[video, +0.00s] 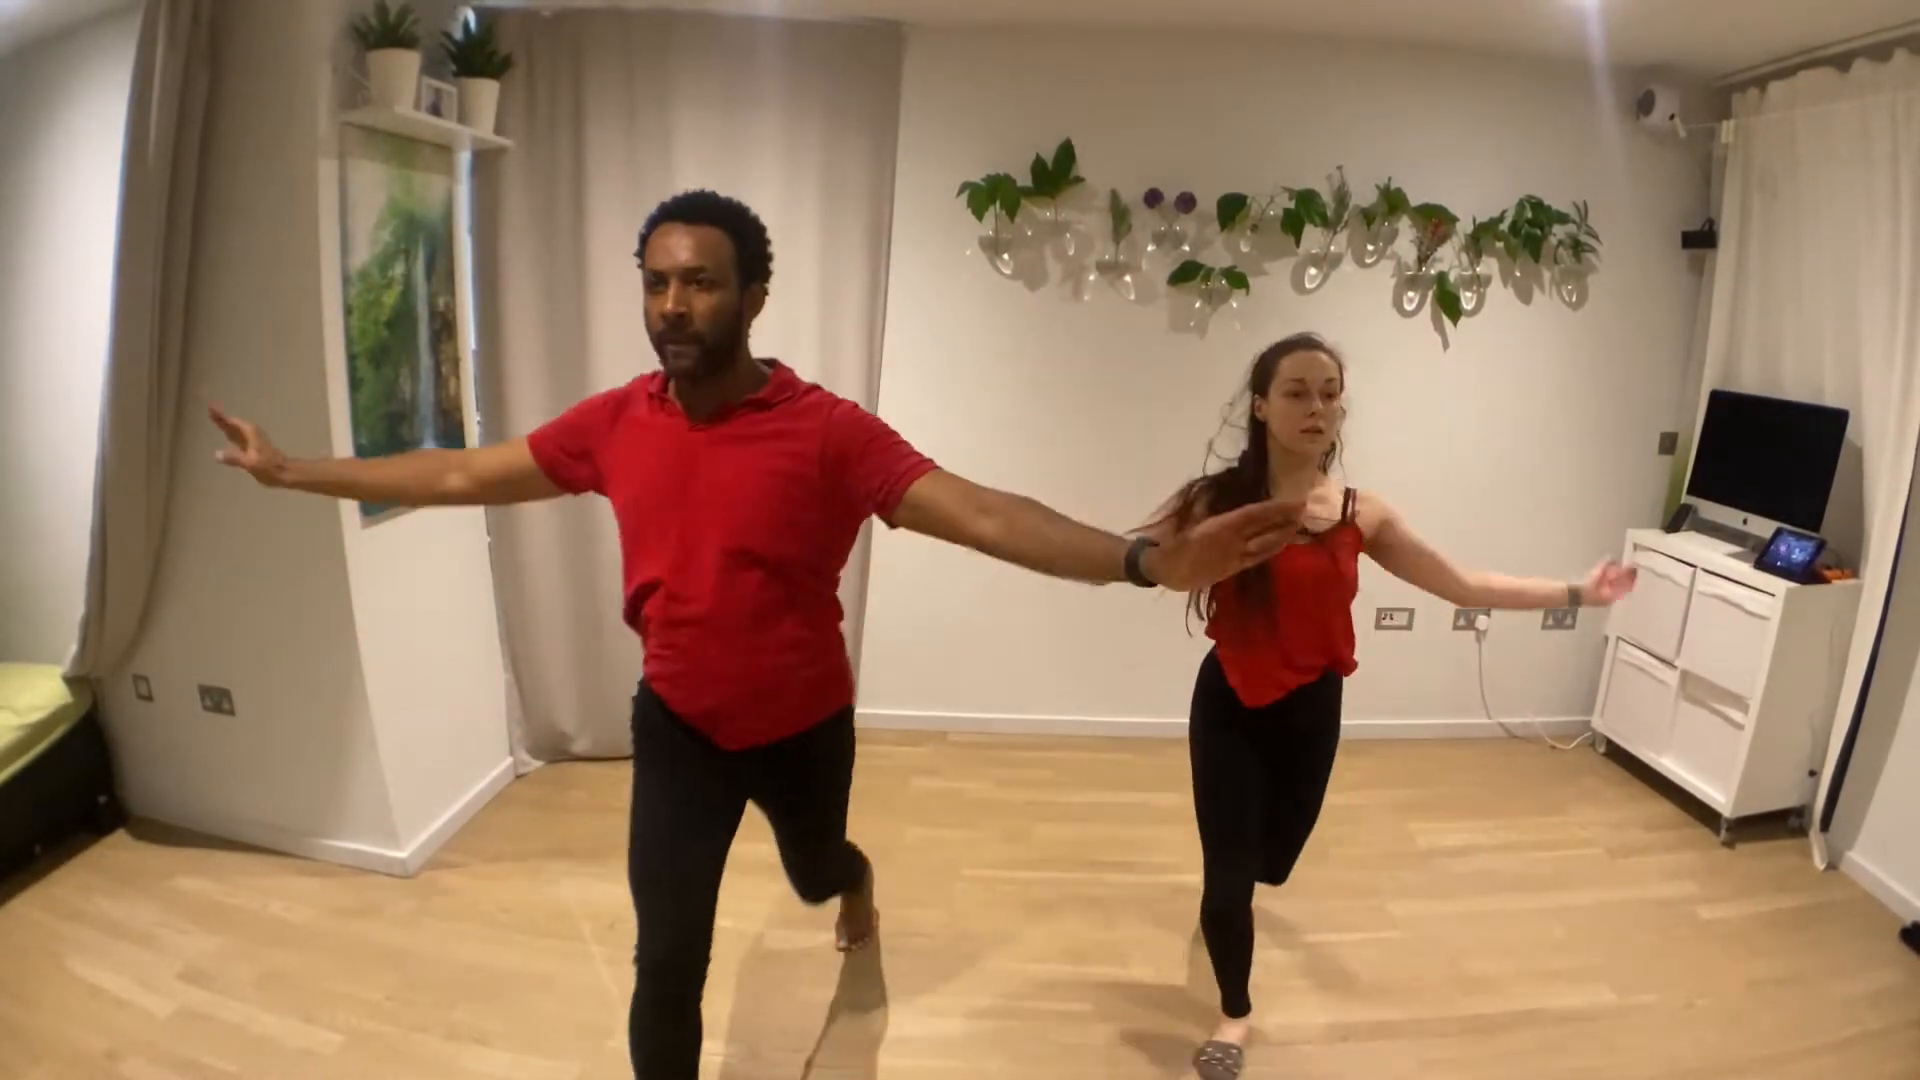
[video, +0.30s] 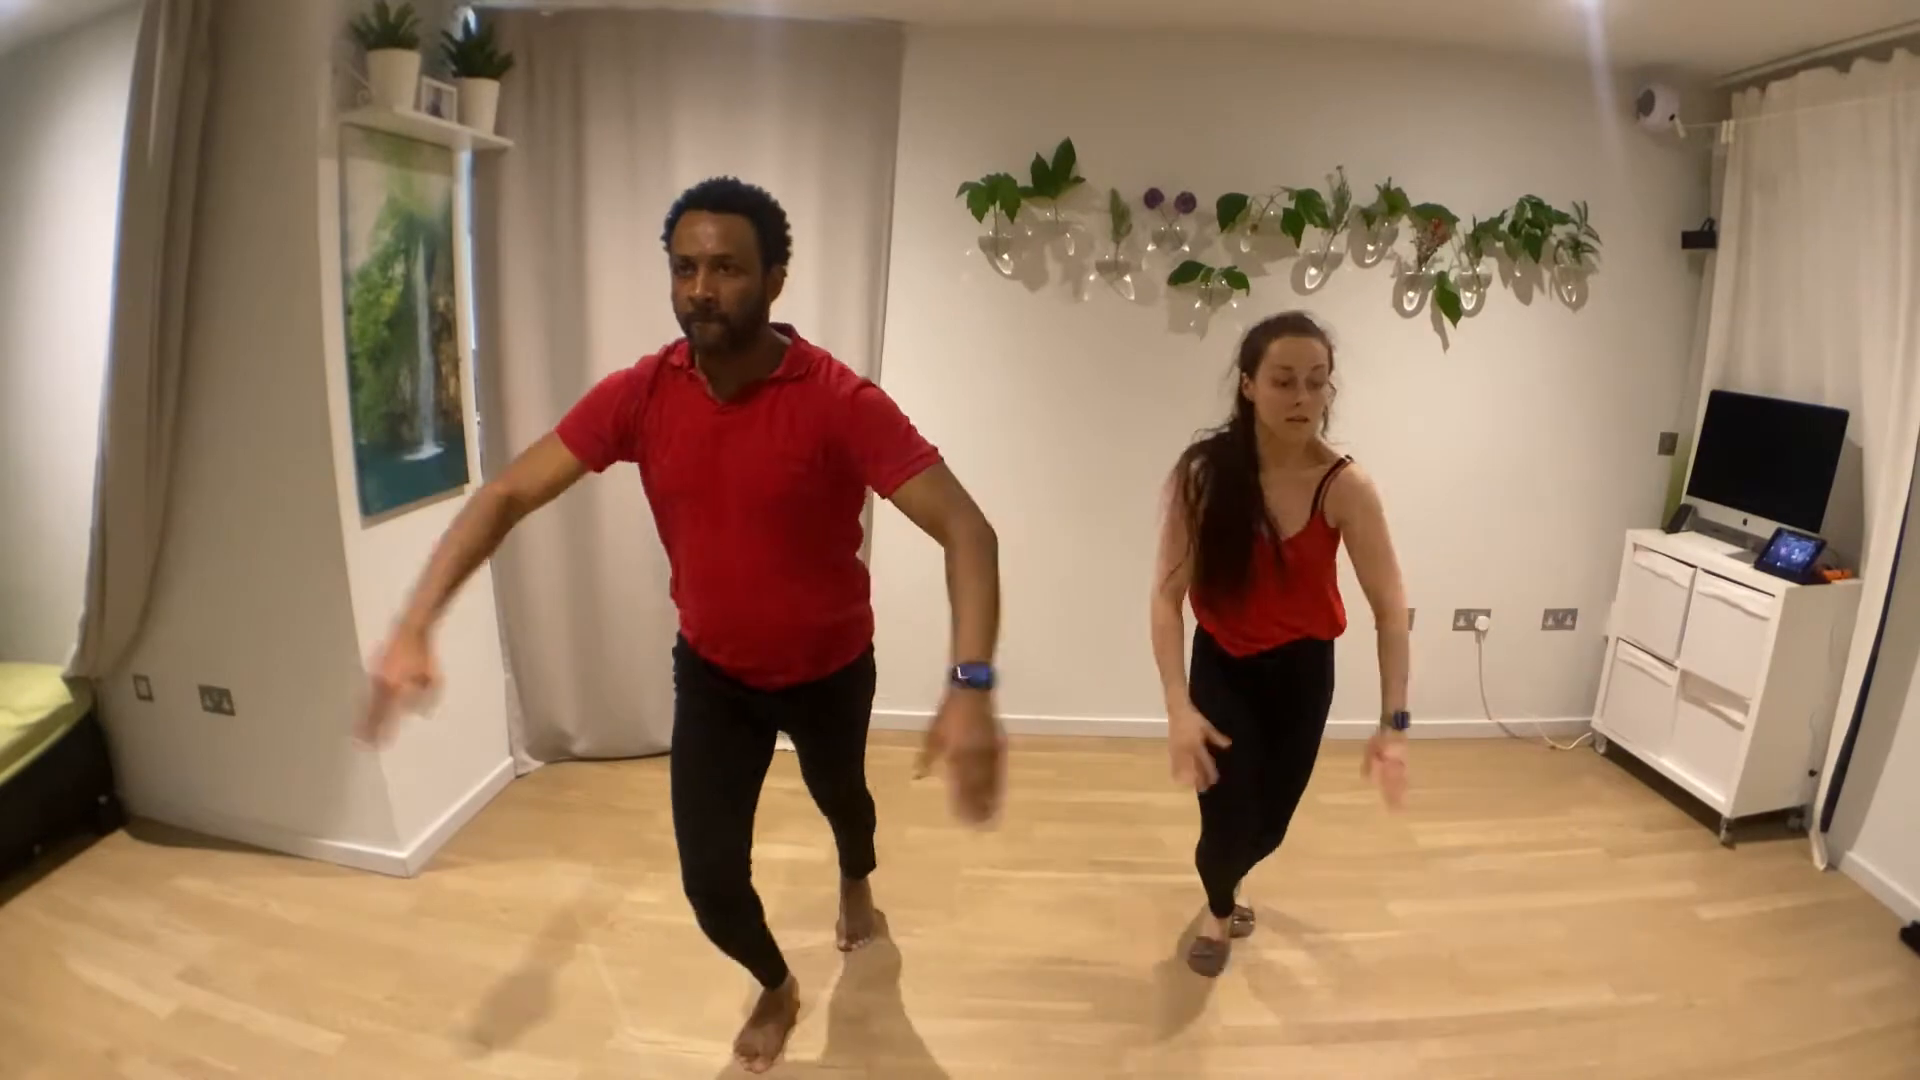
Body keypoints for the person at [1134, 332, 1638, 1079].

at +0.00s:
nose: (1315, 406)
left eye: (1328, 393)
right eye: (1295, 393)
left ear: (1341, 406)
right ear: (1261, 407)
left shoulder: (1359, 512)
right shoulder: (1218, 497)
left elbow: (1463, 586)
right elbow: (1140, 555)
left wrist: (1578, 591)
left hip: (1311, 708)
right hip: (1229, 702)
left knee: (1275, 866)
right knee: (1230, 870)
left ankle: (1219, 874)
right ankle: (1234, 1014)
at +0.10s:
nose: (1316, 401)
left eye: (1329, 387)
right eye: (1296, 387)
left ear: (1343, 402)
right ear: (1258, 401)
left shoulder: (1360, 509)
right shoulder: (1212, 493)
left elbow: (1434, 605)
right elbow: (1126, 587)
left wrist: (1531, 658)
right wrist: (1025, 625)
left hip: (1310, 690)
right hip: (1226, 685)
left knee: (1273, 845)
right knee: (1229, 847)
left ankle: (1216, 871)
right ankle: (1230, 1003)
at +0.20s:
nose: (1309, 404)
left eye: (1323, 389)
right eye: (1291, 389)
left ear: (1337, 401)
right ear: (1255, 399)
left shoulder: (1349, 499)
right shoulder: (1208, 485)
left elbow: (1401, 610)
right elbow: (1157, 592)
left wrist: (1451, 713)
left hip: (1305, 673)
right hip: (1224, 669)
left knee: (1272, 830)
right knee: (1231, 829)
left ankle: (1224, 880)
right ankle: (1227, 939)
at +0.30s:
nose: (1302, 398)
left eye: (1316, 381)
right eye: (1283, 381)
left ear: (1331, 388)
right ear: (1248, 386)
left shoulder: (1345, 487)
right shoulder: (1201, 476)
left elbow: (1389, 605)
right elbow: (1167, 597)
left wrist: (1394, 722)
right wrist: (1178, 706)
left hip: (1302, 663)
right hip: (1221, 659)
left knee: (1271, 821)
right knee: (1228, 815)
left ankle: (1223, 885)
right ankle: (1217, 913)